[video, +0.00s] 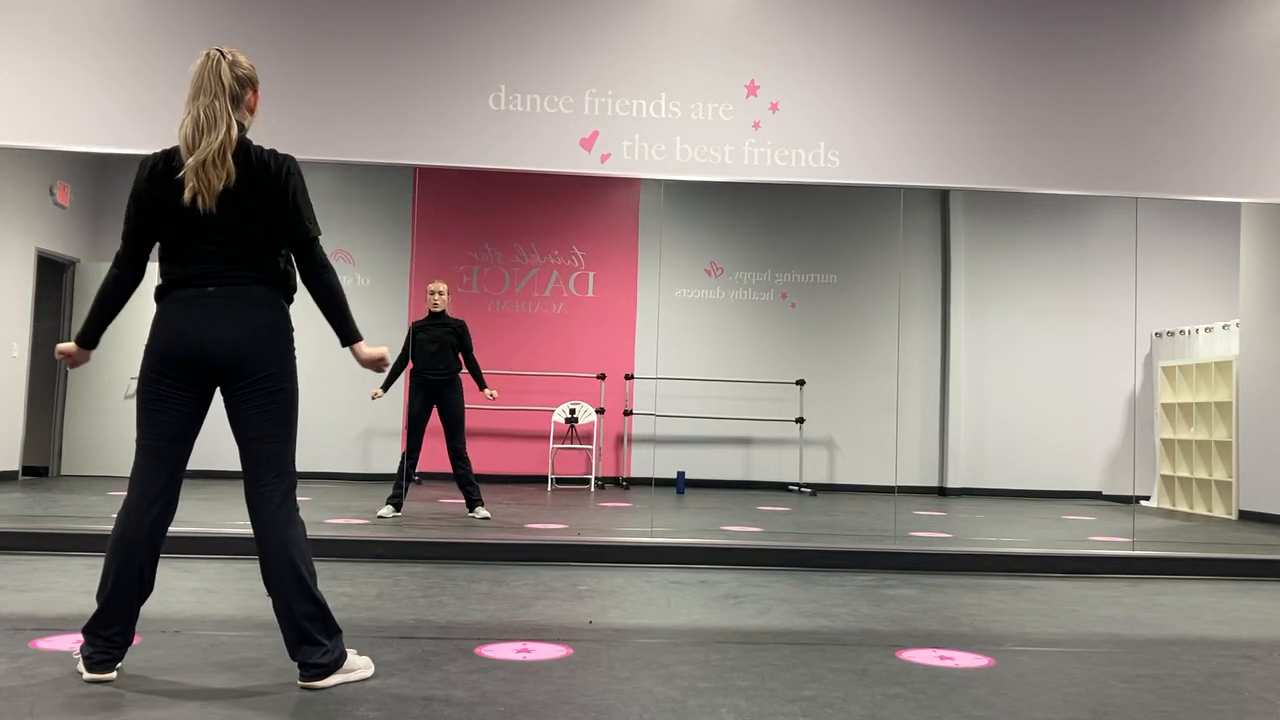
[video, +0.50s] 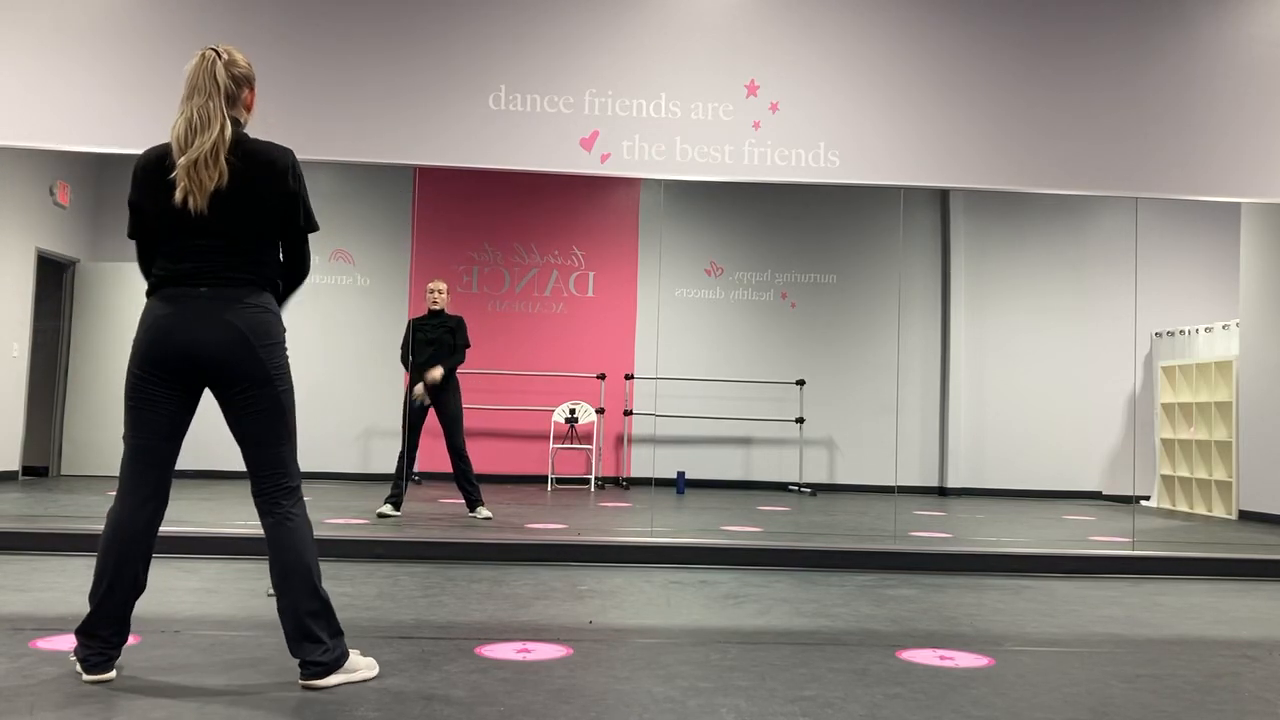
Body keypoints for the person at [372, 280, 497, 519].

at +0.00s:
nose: (436, 297)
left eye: (440, 293)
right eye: (432, 293)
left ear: (448, 298)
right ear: (426, 297)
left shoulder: (458, 326)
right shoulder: (417, 327)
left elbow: (469, 358)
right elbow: (402, 360)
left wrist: (484, 387)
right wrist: (383, 388)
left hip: (450, 390)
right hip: (420, 391)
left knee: (458, 448)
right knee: (411, 448)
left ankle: (475, 505)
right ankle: (394, 504)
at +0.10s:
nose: (435, 297)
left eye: (440, 293)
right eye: (432, 293)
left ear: (448, 298)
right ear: (426, 297)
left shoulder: (458, 326)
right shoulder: (416, 327)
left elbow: (467, 360)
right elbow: (404, 360)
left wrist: (479, 388)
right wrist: (387, 390)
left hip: (450, 390)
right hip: (420, 391)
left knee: (457, 448)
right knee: (411, 448)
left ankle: (475, 504)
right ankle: (394, 503)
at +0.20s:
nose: (435, 297)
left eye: (440, 293)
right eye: (431, 292)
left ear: (447, 297)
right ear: (426, 297)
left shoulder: (457, 325)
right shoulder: (416, 326)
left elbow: (464, 359)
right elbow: (405, 361)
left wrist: (470, 388)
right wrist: (391, 391)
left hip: (449, 391)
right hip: (419, 391)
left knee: (456, 449)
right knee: (411, 449)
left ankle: (475, 505)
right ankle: (394, 503)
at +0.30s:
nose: (435, 296)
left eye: (439, 293)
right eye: (431, 292)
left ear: (447, 297)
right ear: (425, 297)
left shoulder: (457, 323)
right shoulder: (415, 325)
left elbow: (463, 359)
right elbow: (406, 360)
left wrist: (461, 388)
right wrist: (396, 390)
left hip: (447, 391)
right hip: (418, 391)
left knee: (456, 449)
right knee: (411, 448)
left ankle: (474, 505)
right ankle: (394, 503)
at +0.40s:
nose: (435, 296)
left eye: (439, 293)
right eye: (431, 292)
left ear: (447, 297)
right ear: (425, 296)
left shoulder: (457, 323)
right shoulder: (414, 324)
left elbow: (461, 357)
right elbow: (406, 360)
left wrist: (453, 385)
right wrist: (405, 390)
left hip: (445, 391)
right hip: (417, 392)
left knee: (456, 449)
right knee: (410, 448)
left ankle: (474, 505)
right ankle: (394, 503)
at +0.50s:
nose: (435, 295)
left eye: (440, 292)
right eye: (431, 291)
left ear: (447, 297)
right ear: (425, 296)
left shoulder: (456, 322)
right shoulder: (414, 324)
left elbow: (460, 354)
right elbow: (405, 355)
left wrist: (441, 368)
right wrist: (417, 379)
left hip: (446, 388)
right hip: (418, 388)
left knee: (457, 446)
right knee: (408, 446)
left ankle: (475, 504)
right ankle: (393, 503)